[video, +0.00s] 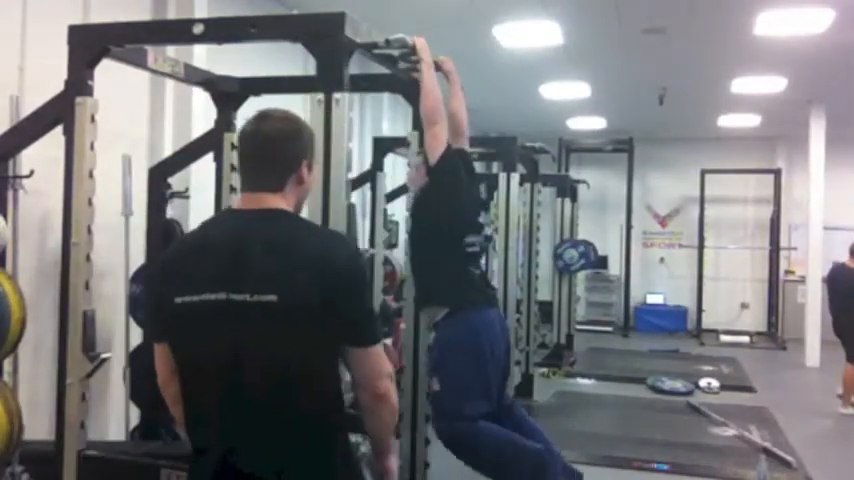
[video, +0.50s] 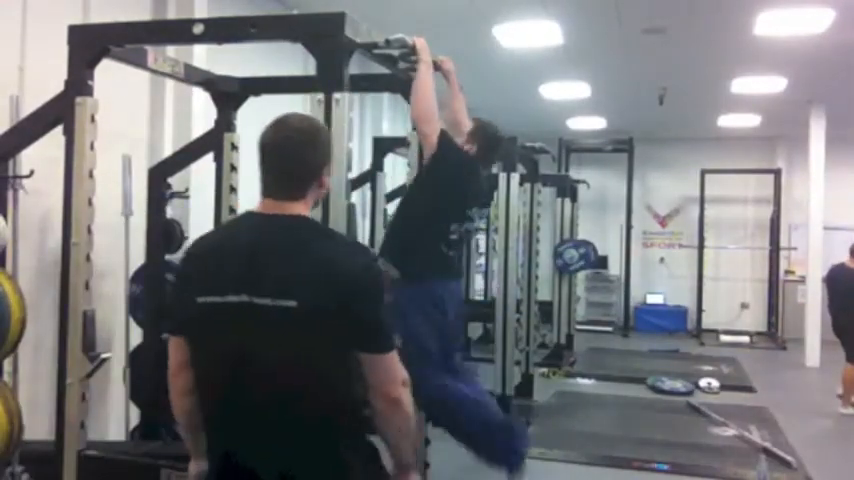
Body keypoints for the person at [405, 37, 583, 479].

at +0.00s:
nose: (410, 172)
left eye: (415, 166)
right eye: (412, 167)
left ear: (429, 168)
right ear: (439, 165)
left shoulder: (440, 186)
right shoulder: (463, 182)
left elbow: (432, 119)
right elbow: (457, 128)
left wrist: (424, 62)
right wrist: (451, 76)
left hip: (461, 322)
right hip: (487, 317)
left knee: (456, 426)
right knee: (498, 407)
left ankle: (548, 471)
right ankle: (560, 471)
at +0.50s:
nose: (456, 127)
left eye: (463, 128)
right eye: (461, 127)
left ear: (470, 144)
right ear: (482, 153)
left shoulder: (450, 162)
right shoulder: (476, 178)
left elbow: (422, 116)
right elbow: (460, 127)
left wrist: (422, 62)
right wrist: (451, 78)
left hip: (419, 285)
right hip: (448, 283)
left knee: (425, 381)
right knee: (450, 370)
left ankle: (506, 444)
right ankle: (503, 436)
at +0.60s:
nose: (461, 120)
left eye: (465, 118)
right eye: (463, 118)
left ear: (473, 130)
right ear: (486, 139)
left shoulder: (450, 151)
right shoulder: (477, 170)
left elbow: (414, 116)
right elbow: (453, 129)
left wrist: (422, 62)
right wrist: (452, 82)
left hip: (414, 260)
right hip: (434, 259)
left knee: (412, 342)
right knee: (416, 338)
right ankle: (466, 397)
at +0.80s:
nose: (459, 97)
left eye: (463, 92)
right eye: (460, 91)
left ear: (474, 101)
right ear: (492, 109)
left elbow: (409, 111)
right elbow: (455, 120)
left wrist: (421, 57)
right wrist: (451, 81)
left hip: (390, 242)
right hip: (425, 247)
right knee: (432, 347)